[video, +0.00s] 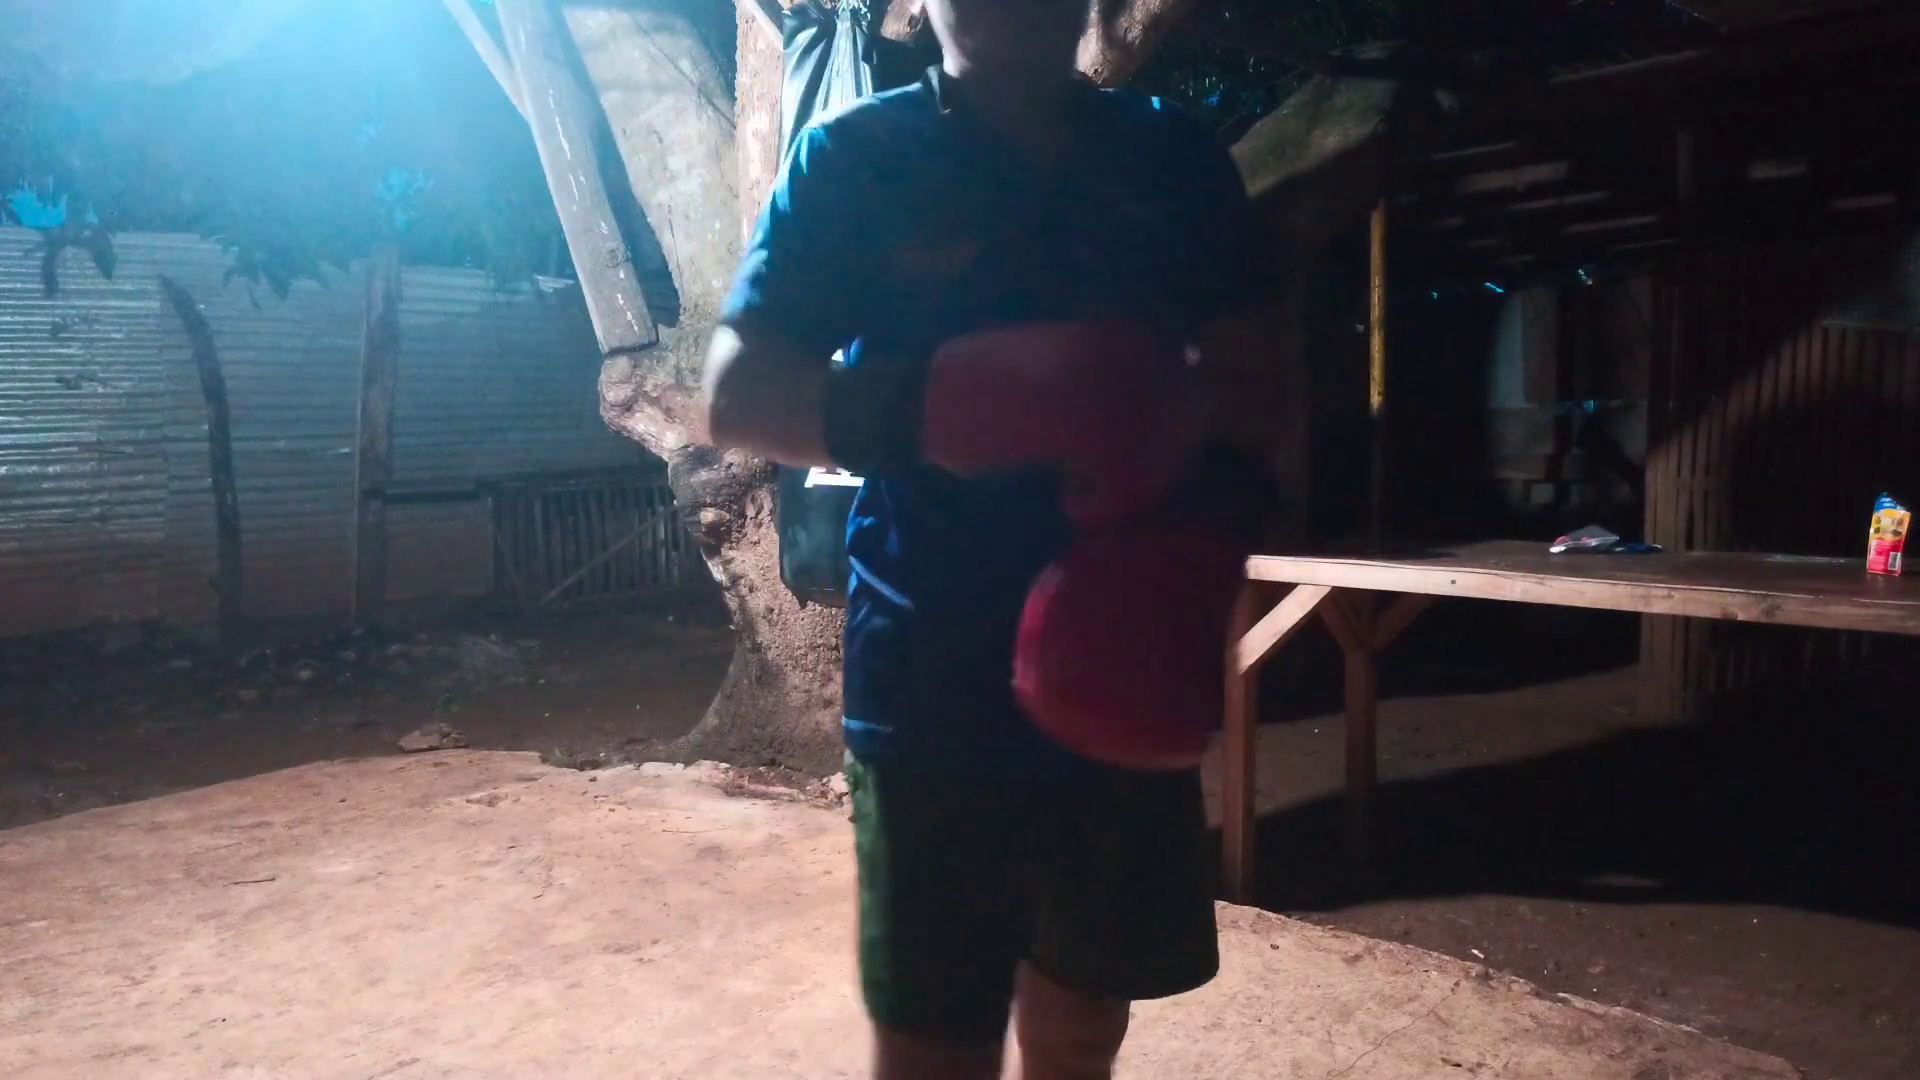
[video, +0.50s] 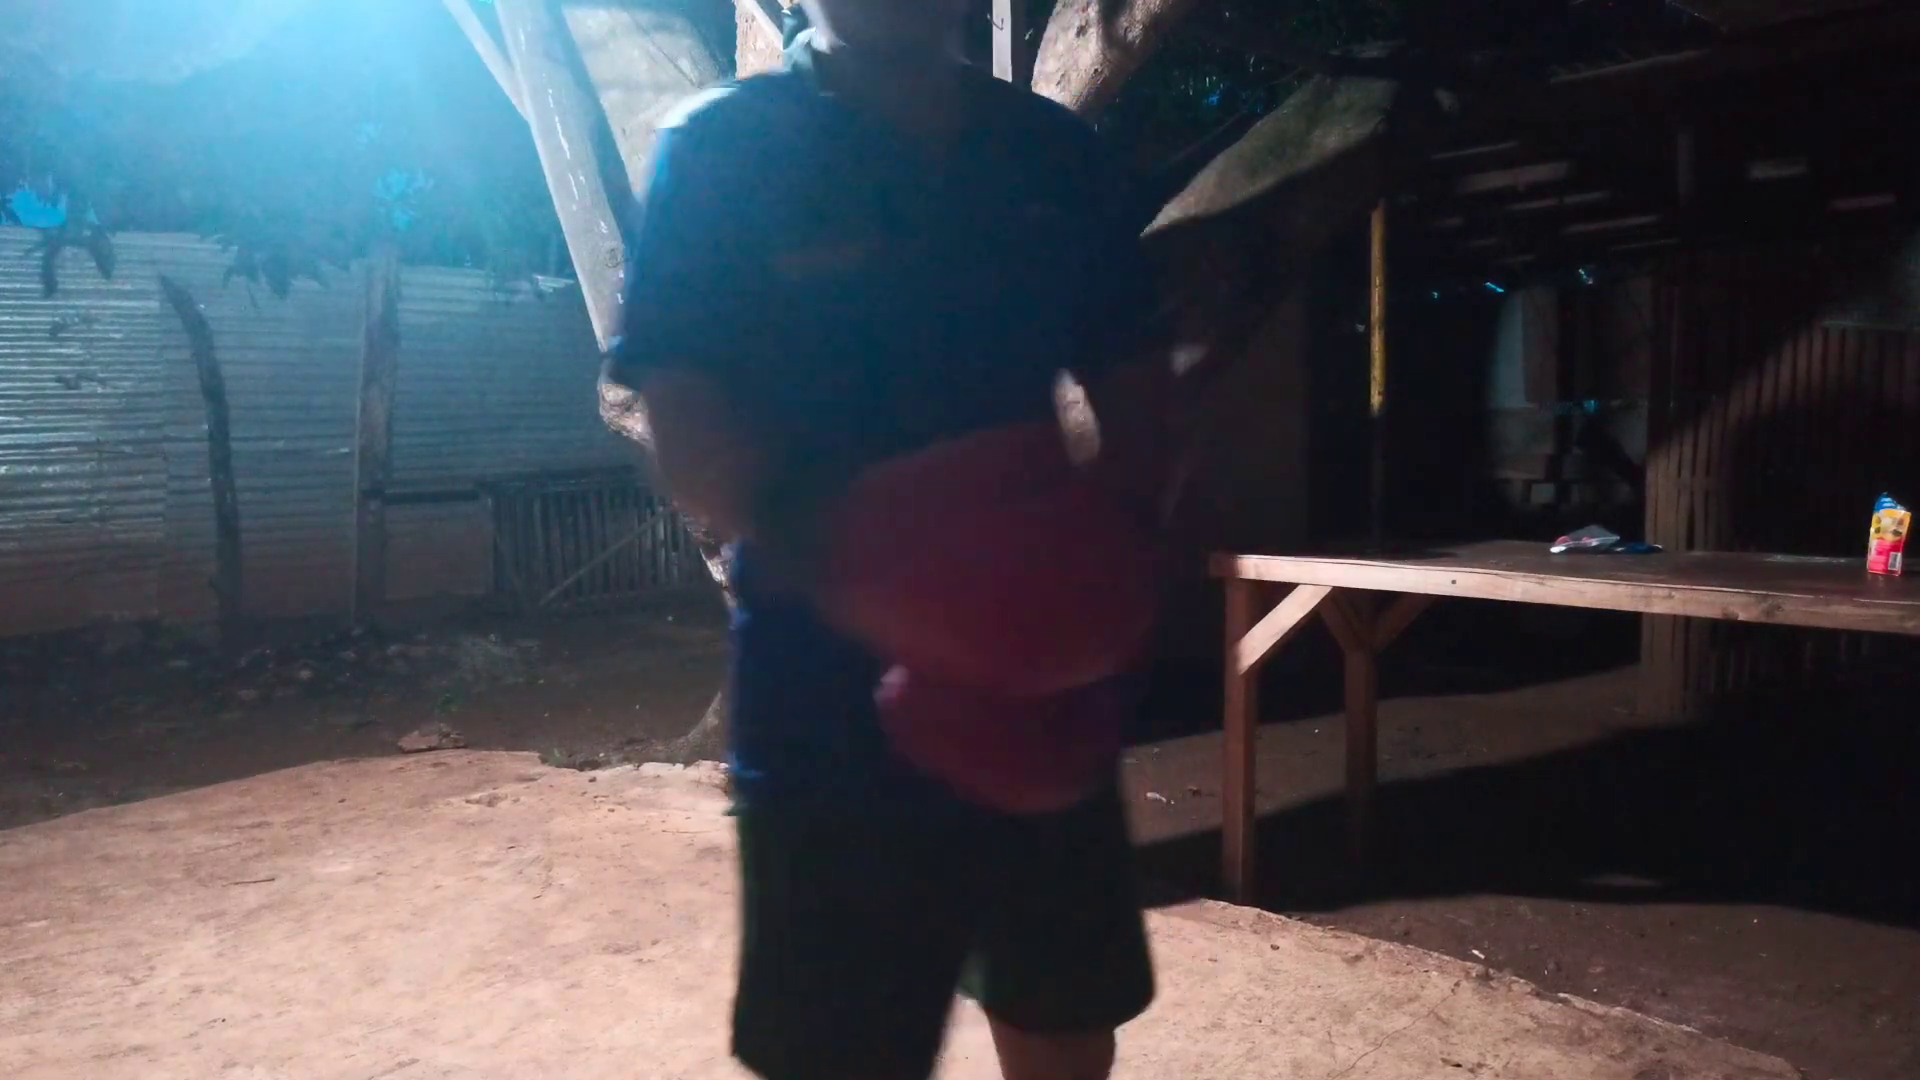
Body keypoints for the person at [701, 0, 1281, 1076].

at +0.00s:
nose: (1003, 2)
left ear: (1087, 2)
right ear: (922, 5)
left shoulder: (1170, 154)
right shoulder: (856, 154)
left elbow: (1265, 385)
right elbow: (742, 398)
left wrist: (1173, 420)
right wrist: (943, 404)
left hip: (1122, 662)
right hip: (932, 667)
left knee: (1082, 1023)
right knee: (931, 1043)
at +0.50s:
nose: (907, 2)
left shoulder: (1056, 148)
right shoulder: (728, 144)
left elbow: (1141, 401)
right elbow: (689, 441)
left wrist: (1087, 572)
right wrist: (905, 586)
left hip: (1040, 681)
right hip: (828, 693)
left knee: (1067, 1034)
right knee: (837, 1053)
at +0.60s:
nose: (894, 7)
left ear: (956, 3)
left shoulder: (1036, 152)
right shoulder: (688, 151)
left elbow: (1137, 404)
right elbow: (590, 425)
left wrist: (1158, 567)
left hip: (1007, 680)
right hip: (789, 695)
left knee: (1077, 1042)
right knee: (795, 1062)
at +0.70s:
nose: (882, 7)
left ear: (941, 3)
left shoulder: (1014, 145)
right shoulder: (671, 140)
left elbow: (1125, 381)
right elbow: (530, 384)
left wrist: (1230, 461)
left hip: (991, 685)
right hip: (779, 703)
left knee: (1087, 1049)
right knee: (771, 1065)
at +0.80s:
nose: (884, 11)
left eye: (908, 2)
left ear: (938, 11)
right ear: (770, 3)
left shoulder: (1008, 148)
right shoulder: (660, 139)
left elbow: (1147, 371)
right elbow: (467, 359)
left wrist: (1326, 357)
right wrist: (308, 391)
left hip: (992, 711)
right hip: (770, 729)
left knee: (1077, 1039)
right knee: (760, 1064)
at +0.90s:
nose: (859, 16)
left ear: (926, 3)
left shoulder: (1009, 161)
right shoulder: (643, 152)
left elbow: (1163, 388)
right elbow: (480, 383)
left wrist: (1362, 324)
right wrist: (281, 392)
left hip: (995, 732)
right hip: (769, 751)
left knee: (1060, 1049)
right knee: (750, 1073)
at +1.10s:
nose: (867, 16)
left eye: (894, 3)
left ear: (935, 10)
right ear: (765, 4)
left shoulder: (1015, 149)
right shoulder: (669, 154)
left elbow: (1186, 360)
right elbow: (513, 368)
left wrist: (1109, 354)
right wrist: (591, 404)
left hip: (994, 703)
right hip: (780, 723)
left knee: (1069, 1037)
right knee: (800, 1060)